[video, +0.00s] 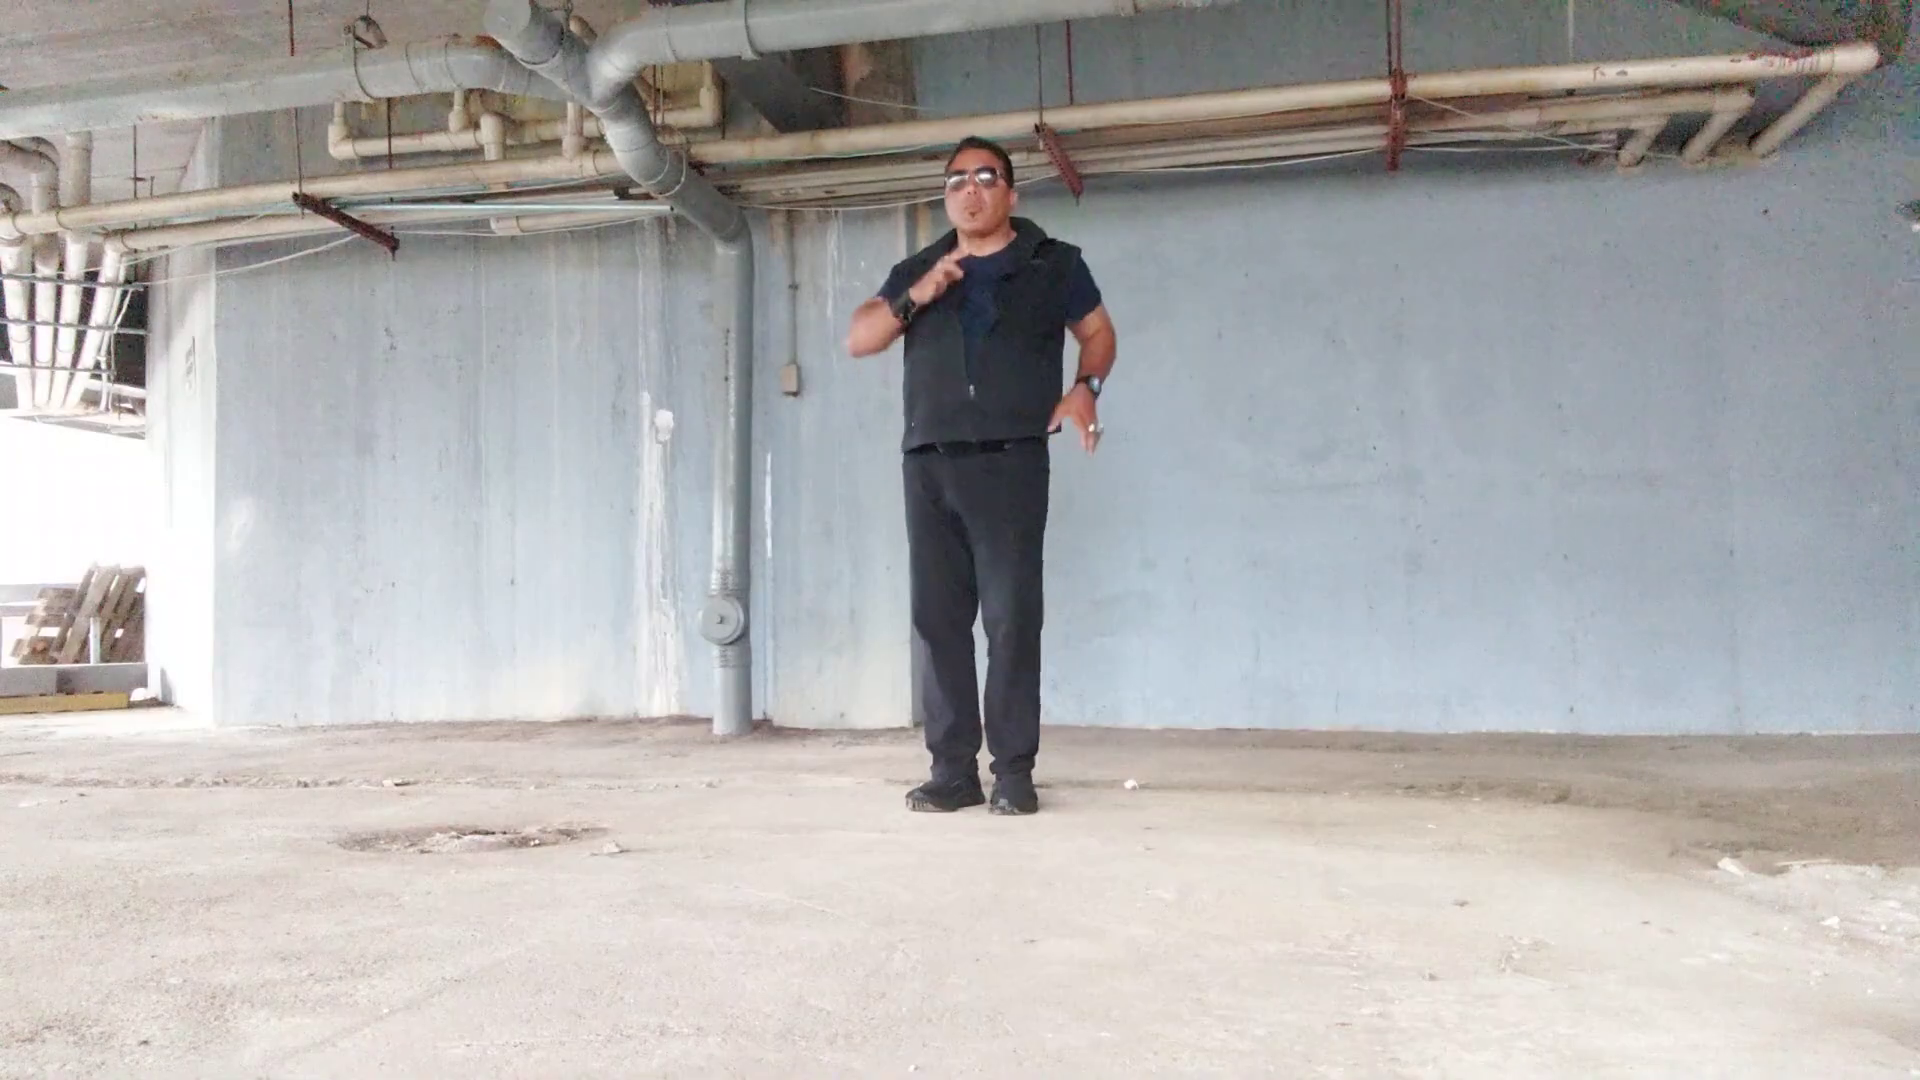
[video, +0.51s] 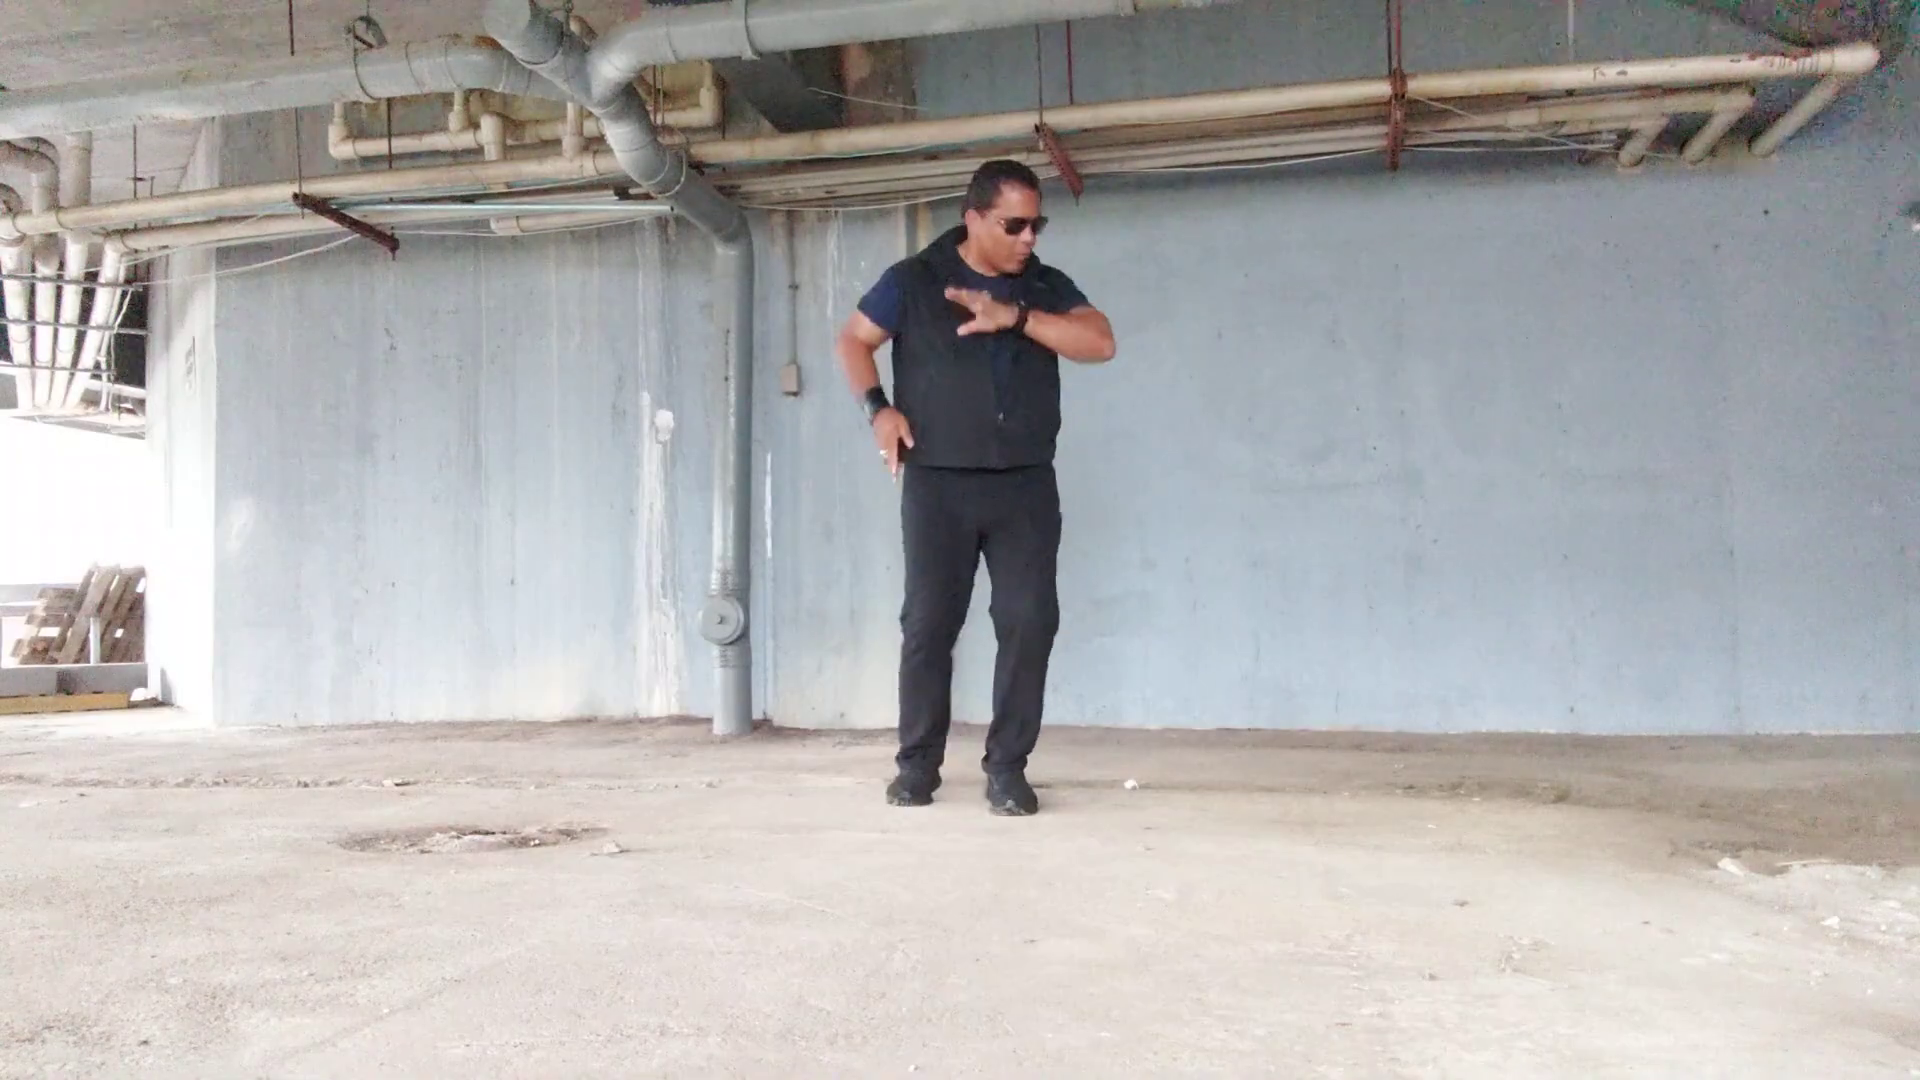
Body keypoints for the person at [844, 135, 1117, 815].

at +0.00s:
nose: (971, 188)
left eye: (985, 178)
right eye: (958, 180)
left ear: (1011, 194)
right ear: (945, 198)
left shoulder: (1053, 262)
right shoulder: (922, 268)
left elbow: (1097, 333)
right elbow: (858, 340)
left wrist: (1086, 386)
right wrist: (913, 297)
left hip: (1009, 461)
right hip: (929, 463)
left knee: (1009, 617)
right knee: (938, 619)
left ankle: (1012, 771)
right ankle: (952, 770)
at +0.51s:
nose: (1029, 238)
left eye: (1035, 225)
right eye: (1016, 225)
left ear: (1039, 221)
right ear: (973, 219)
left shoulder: (1044, 284)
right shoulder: (916, 279)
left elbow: (1101, 343)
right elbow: (853, 340)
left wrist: (1018, 318)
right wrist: (878, 408)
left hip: (1025, 485)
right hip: (937, 485)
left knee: (1031, 622)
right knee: (927, 626)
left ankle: (1007, 768)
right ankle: (917, 764)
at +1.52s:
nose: (991, 215)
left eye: (1005, 203)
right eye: (977, 202)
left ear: (1022, 212)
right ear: (955, 209)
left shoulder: (1054, 285)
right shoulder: (913, 279)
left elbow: (1085, 378)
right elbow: (871, 361)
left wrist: (1031, 365)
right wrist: (881, 422)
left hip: (1017, 489)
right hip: (928, 485)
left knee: (1025, 632)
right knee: (905, 618)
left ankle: (1008, 772)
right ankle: (924, 733)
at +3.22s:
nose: (967, 177)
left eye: (983, 165)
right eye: (953, 165)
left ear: (1004, 176)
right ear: (933, 175)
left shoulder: (1043, 257)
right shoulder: (908, 249)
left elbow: (1104, 345)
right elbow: (847, 310)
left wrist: (1143, 431)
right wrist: (934, 292)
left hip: (1006, 464)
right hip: (928, 466)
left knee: (992, 618)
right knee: (949, 624)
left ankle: (997, 789)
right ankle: (1059, 739)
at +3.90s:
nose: (989, 175)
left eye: (999, 160)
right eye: (972, 161)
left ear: (1008, 160)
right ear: (932, 163)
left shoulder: (1031, 235)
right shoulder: (891, 220)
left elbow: (1073, 332)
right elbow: (780, 214)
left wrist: (1025, 347)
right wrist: (865, 212)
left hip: (1002, 461)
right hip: (910, 460)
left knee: (1028, 617)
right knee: (909, 623)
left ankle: (1054, 776)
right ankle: (909, 785)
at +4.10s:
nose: (900, 192)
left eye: (916, 177)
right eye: (888, 178)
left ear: (952, 173)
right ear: (876, 177)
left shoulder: (1001, 240)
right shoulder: (858, 250)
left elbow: (1079, 315)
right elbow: (837, 360)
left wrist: (1076, 316)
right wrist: (922, 337)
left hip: (970, 465)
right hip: (878, 468)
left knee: (979, 615)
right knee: (876, 619)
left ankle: (929, 735)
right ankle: (904, 780)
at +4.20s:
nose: (902, 191)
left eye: (918, 174)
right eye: (888, 177)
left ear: (950, 169)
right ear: (873, 177)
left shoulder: (997, 227)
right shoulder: (857, 250)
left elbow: (1079, 270)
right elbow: (795, 344)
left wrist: (983, 263)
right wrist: (834, 400)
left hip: (976, 460)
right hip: (889, 461)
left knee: (954, 619)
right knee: (890, 613)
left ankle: (881, 749)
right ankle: (897, 783)